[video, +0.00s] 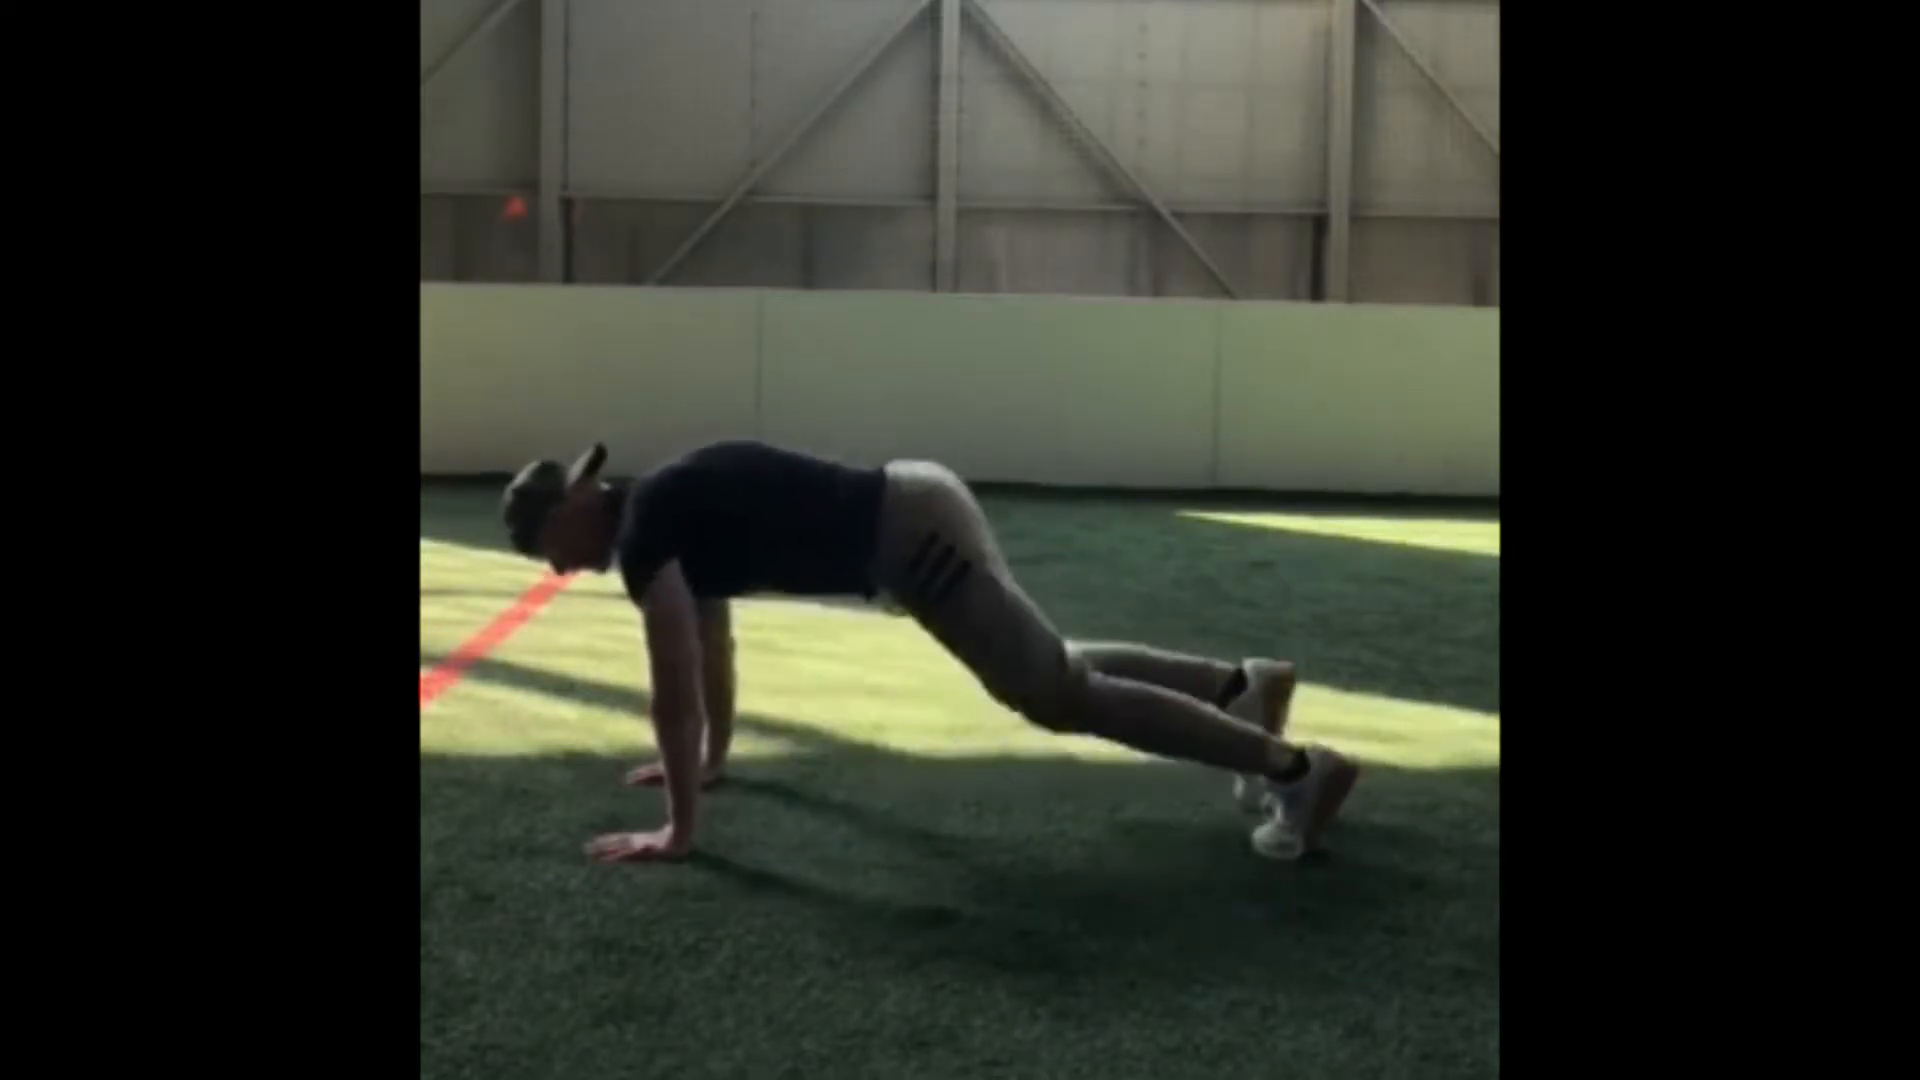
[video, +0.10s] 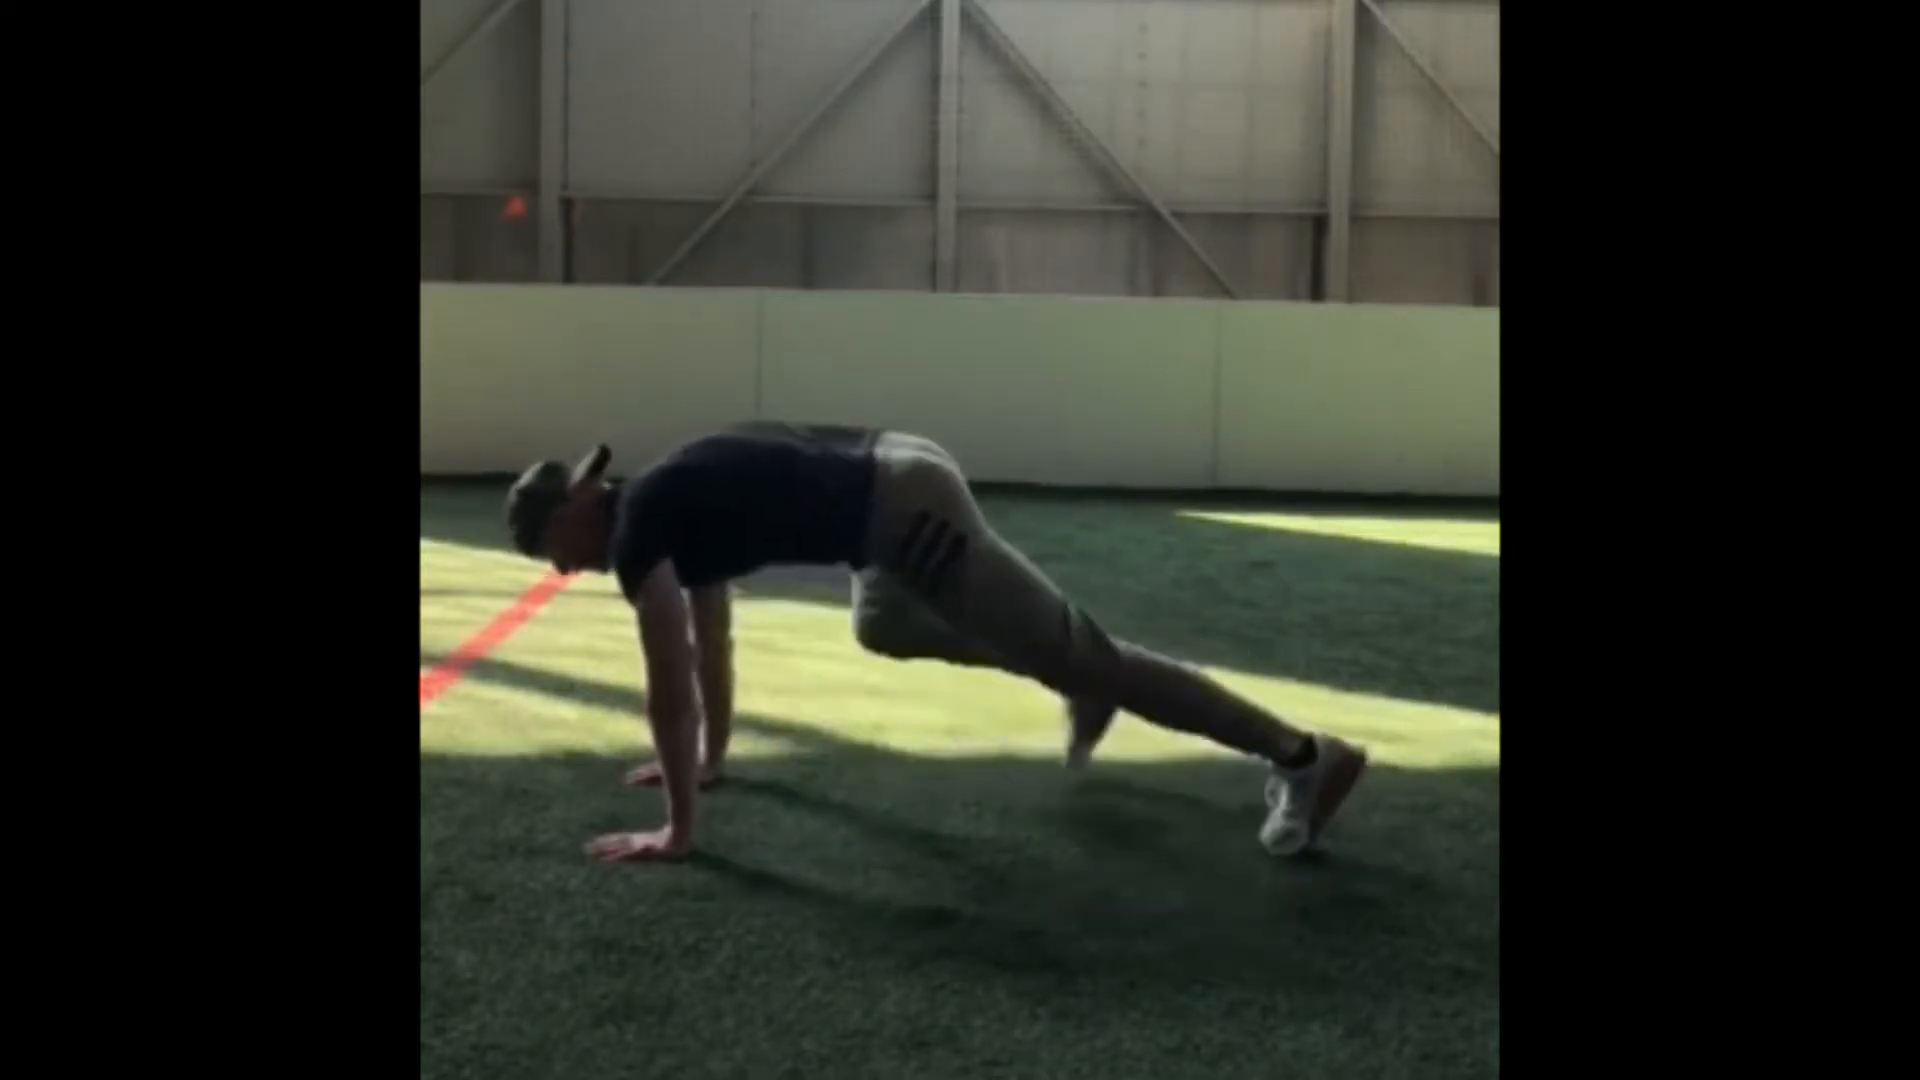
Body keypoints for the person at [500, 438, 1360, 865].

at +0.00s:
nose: (567, 571)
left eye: (559, 556)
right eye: (555, 561)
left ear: (580, 511)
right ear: (590, 498)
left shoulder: (648, 538)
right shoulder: (672, 504)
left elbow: (674, 694)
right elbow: (714, 654)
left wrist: (677, 832)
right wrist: (707, 756)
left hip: (919, 536)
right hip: (922, 504)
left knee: (1060, 700)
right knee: (1050, 674)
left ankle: (1297, 771)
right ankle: (1238, 688)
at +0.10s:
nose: (567, 571)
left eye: (560, 555)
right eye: (556, 560)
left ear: (580, 512)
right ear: (592, 496)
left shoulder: (643, 529)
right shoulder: (675, 500)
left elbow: (669, 684)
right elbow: (712, 645)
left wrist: (677, 830)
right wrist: (706, 753)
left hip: (904, 507)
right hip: (901, 477)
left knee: (1086, 660)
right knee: (884, 624)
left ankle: (1309, 756)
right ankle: (1073, 676)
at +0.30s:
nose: (570, 555)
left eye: (563, 540)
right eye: (560, 543)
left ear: (585, 508)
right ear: (605, 481)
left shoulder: (642, 534)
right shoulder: (684, 482)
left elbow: (671, 686)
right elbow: (713, 634)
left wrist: (677, 831)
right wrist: (714, 738)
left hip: (888, 575)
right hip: (910, 516)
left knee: (1068, 723)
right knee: (740, 534)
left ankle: (1295, 783)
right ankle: (755, 724)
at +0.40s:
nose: (571, 549)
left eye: (564, 534)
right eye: (562, 537)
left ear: (588, 504)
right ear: (610, 476)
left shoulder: (647, 531)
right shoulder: (695, 477)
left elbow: (675, 688)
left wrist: (677, 829)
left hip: (891, 592)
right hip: (914, 536)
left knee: (1060, 738)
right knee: (742, 537)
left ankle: (1297, 787)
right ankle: (755, 719)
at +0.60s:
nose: (582, 563)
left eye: (574, 548)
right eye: (572, 551)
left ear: (587, 513)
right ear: (611, 482)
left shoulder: (645, 531)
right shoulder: (696, 496)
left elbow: (672, 687)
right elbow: (718, 656)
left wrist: (676, 827)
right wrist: (709, 757)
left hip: (908, 530)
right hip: (919, 475)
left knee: (1094, 672)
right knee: (798, 575)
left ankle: (1324, 762)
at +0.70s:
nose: (577, 563)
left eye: (567, 548)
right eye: (565, 551)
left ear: (582, 509)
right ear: (602, 482)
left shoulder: (643, 530)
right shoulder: (685, 500)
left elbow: (670, 687)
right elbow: (712, 656)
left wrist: (677, 829)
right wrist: (705, 758)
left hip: (913, 526)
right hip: (911, 501)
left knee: (1111, 668)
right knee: (898, 671)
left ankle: (1328, 760)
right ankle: (1087, 647)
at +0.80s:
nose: (577, 559)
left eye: (568, 542)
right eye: (565, 547)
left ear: (586, 505)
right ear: (604, 483)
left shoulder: (648, 529)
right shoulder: (686, 505)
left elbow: (673, 683)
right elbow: (715, 661)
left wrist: (676, 827)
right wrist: (706, 762)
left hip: (923, 567)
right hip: (918, 560)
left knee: (1110, 683)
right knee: (1016, 726)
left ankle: (1345, 768)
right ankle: (1210, 681)